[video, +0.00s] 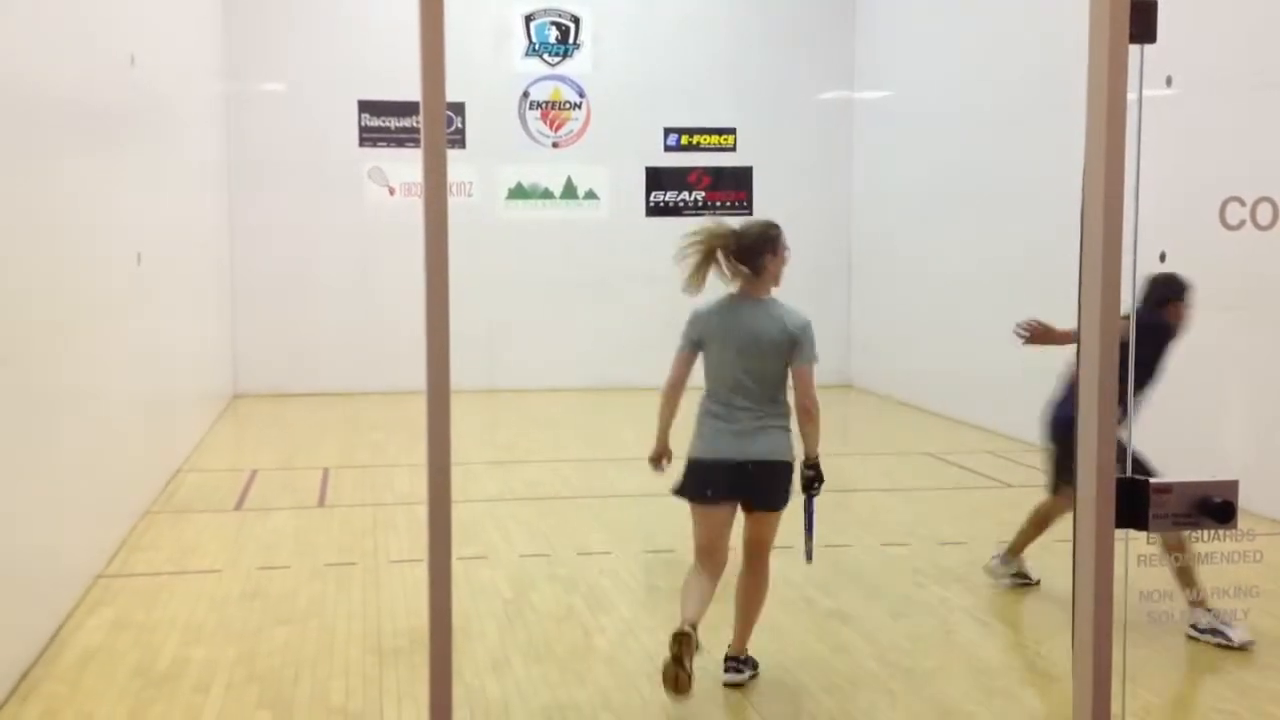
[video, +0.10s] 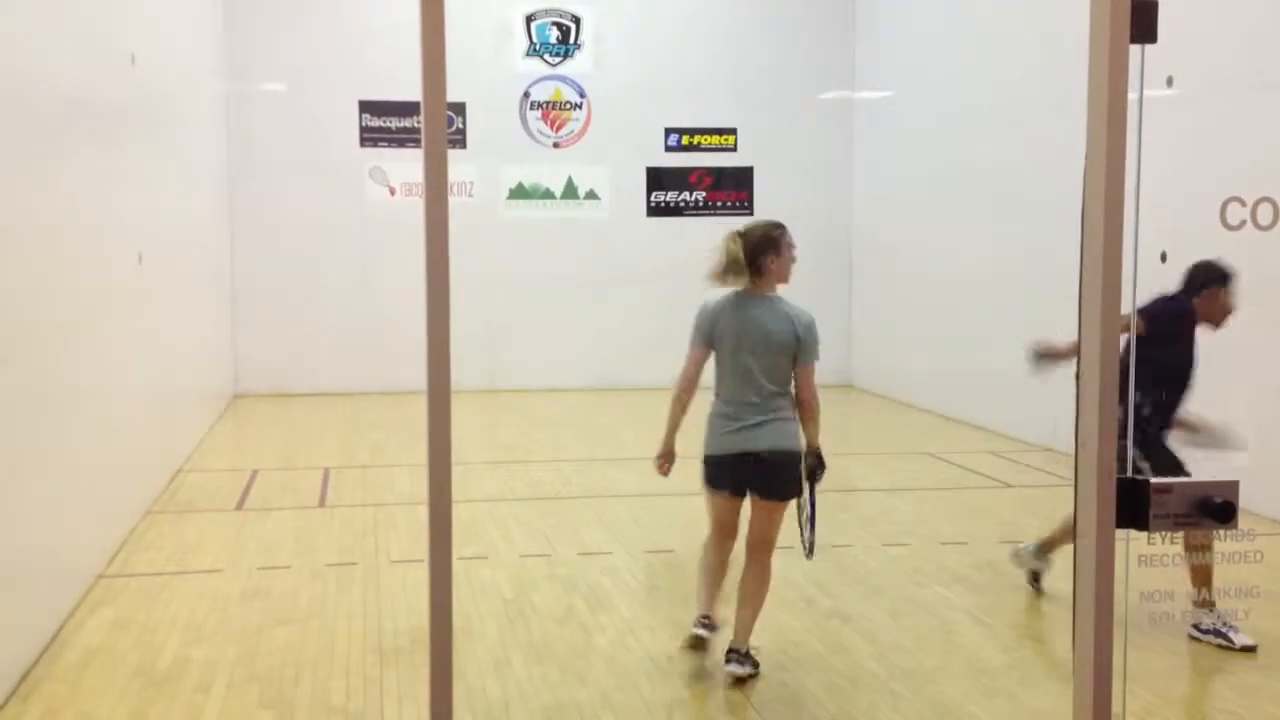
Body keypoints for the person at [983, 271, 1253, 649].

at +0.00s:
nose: (1186, 313)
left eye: (1185, 306)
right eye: (1183, 306)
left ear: (1155, 304)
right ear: (1169, 307)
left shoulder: (1147, 328)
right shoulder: (1152, 329)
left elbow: (1105, 332)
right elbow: (1107, 329)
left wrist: (1058, 336)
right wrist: (1059, 335)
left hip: (1072, 424)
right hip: (1088, 430)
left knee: (1065, 495)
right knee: (1161, 502)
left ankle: (1007, 559)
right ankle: (1200, 612)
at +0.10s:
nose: (1231, 308)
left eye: (1230, 299)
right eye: (1227, 299)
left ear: (1205, 295)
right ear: (1206, 294)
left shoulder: (1178, 326)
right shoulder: (1174, 310)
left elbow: (1147, 401)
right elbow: (1119, 325)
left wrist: (1188, 427)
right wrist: (1064, 352)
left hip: (1137, 432)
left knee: (1109, 504)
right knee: (1194, 509)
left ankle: (1038, 552)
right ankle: (1204, 612)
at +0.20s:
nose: (1259, 281)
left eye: (1263, 273)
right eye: (1255, 269)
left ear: (1255, 272)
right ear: (1229, 260)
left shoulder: (1241, 327)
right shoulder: (1173, 281)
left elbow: (1262, 381)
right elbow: (1113, 307)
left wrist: (1276, 383)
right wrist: (1095, 360)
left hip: (1184, 412)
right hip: (1142, 397)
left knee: (1151, 504)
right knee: (1179, 501)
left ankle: (1071, 555)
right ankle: (1203, 606)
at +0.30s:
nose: (1269, 257)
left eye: (1274, 250)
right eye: (1266, 245)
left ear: (1274, 253)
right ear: (1245, 234)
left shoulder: (1269, 296)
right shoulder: (1193, 267)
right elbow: (1136, 304)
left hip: (1221, 403)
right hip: (1176, 397)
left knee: (1205, 506)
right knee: (1192, 504)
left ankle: (1127, 560)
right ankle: (1215, 606)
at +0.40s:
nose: (1278, 231)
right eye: (1273, 223)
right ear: (1258, 227)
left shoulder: (1277, 277)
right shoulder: (1220, 268)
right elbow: (1190, 309)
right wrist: (1174, 339)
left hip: (1265, 401)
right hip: (1212, 398)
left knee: (1258, 502)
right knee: (1217, 502)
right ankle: (1235, 605)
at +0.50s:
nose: (1275, 229)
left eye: (1277, 223)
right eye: (1273, 222)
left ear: (1277, 230)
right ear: (1268, 227)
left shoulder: (1270, 271)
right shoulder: (1253, 268)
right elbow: (1230, 322)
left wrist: (1183, 254)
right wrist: (1190, 358)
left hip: (1273, 406)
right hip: (1242, 404)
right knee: (1237, 510)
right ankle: (1258, 607)